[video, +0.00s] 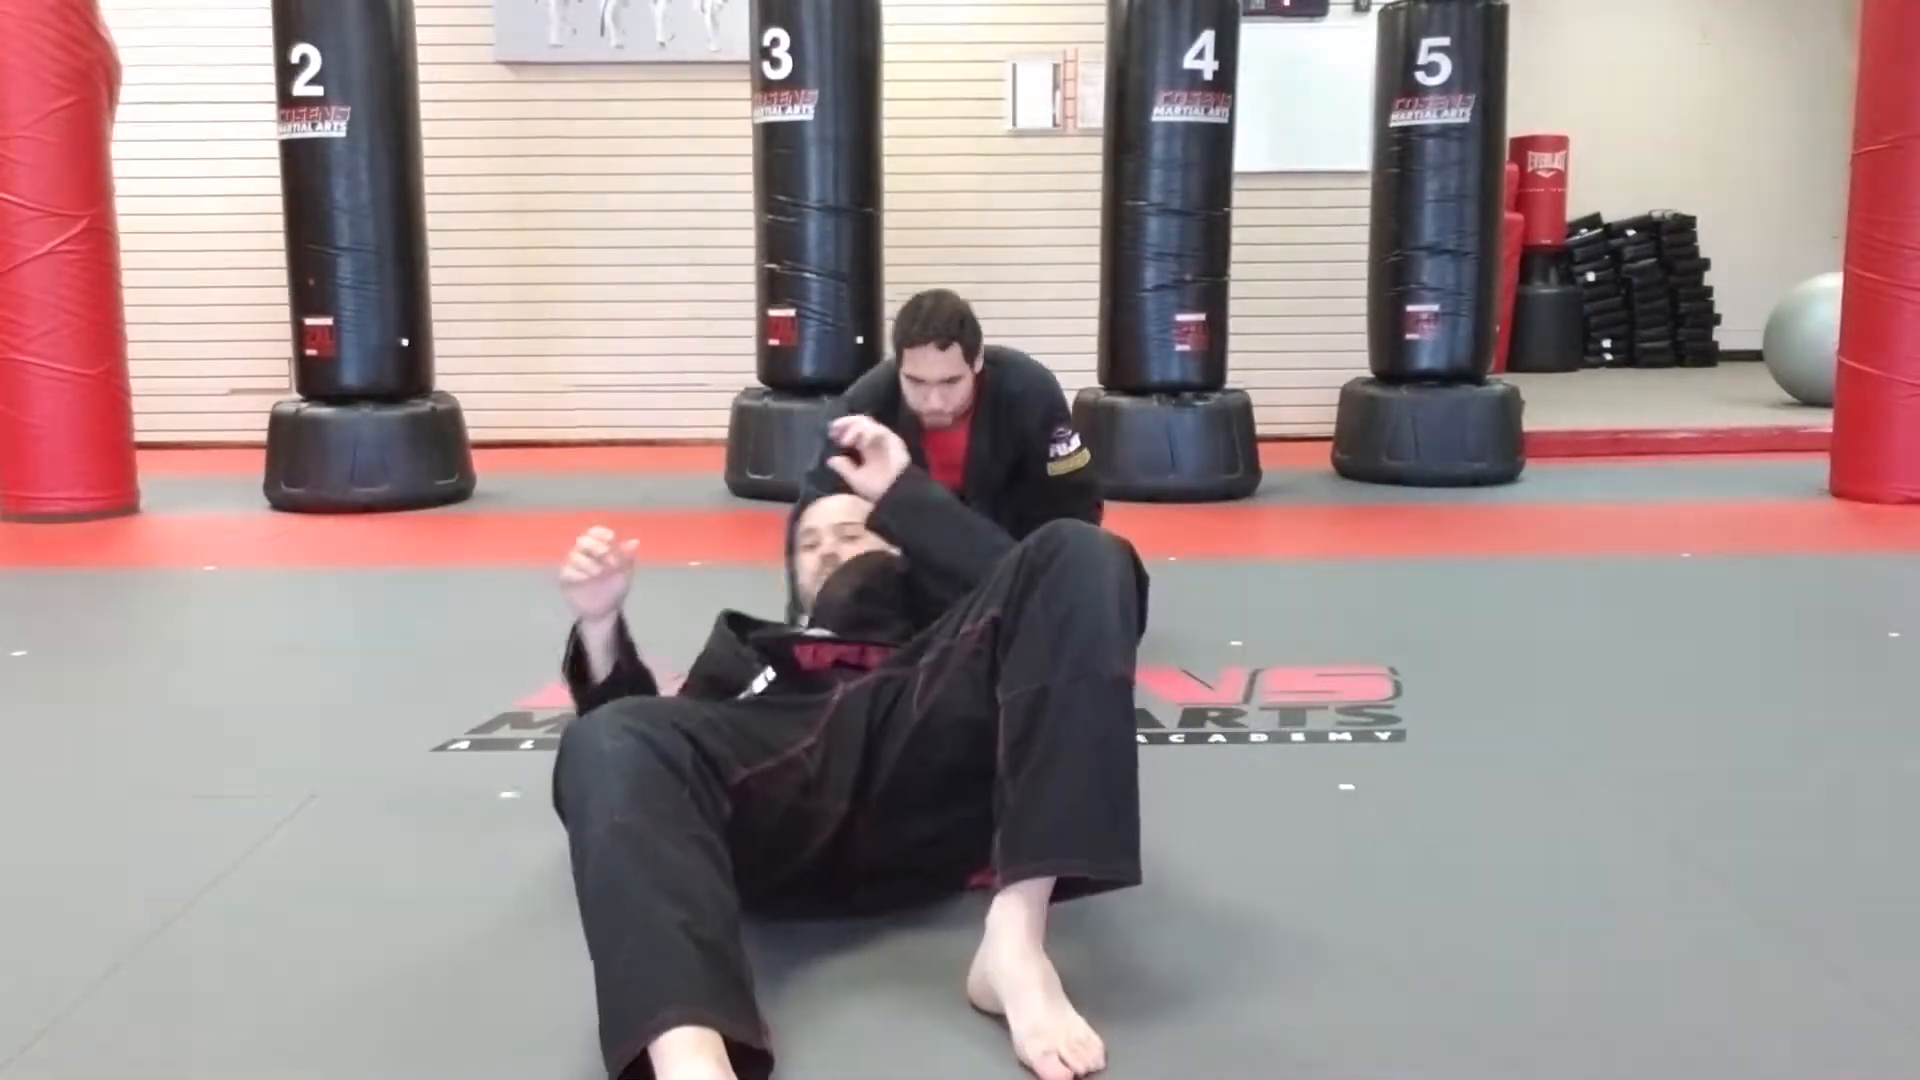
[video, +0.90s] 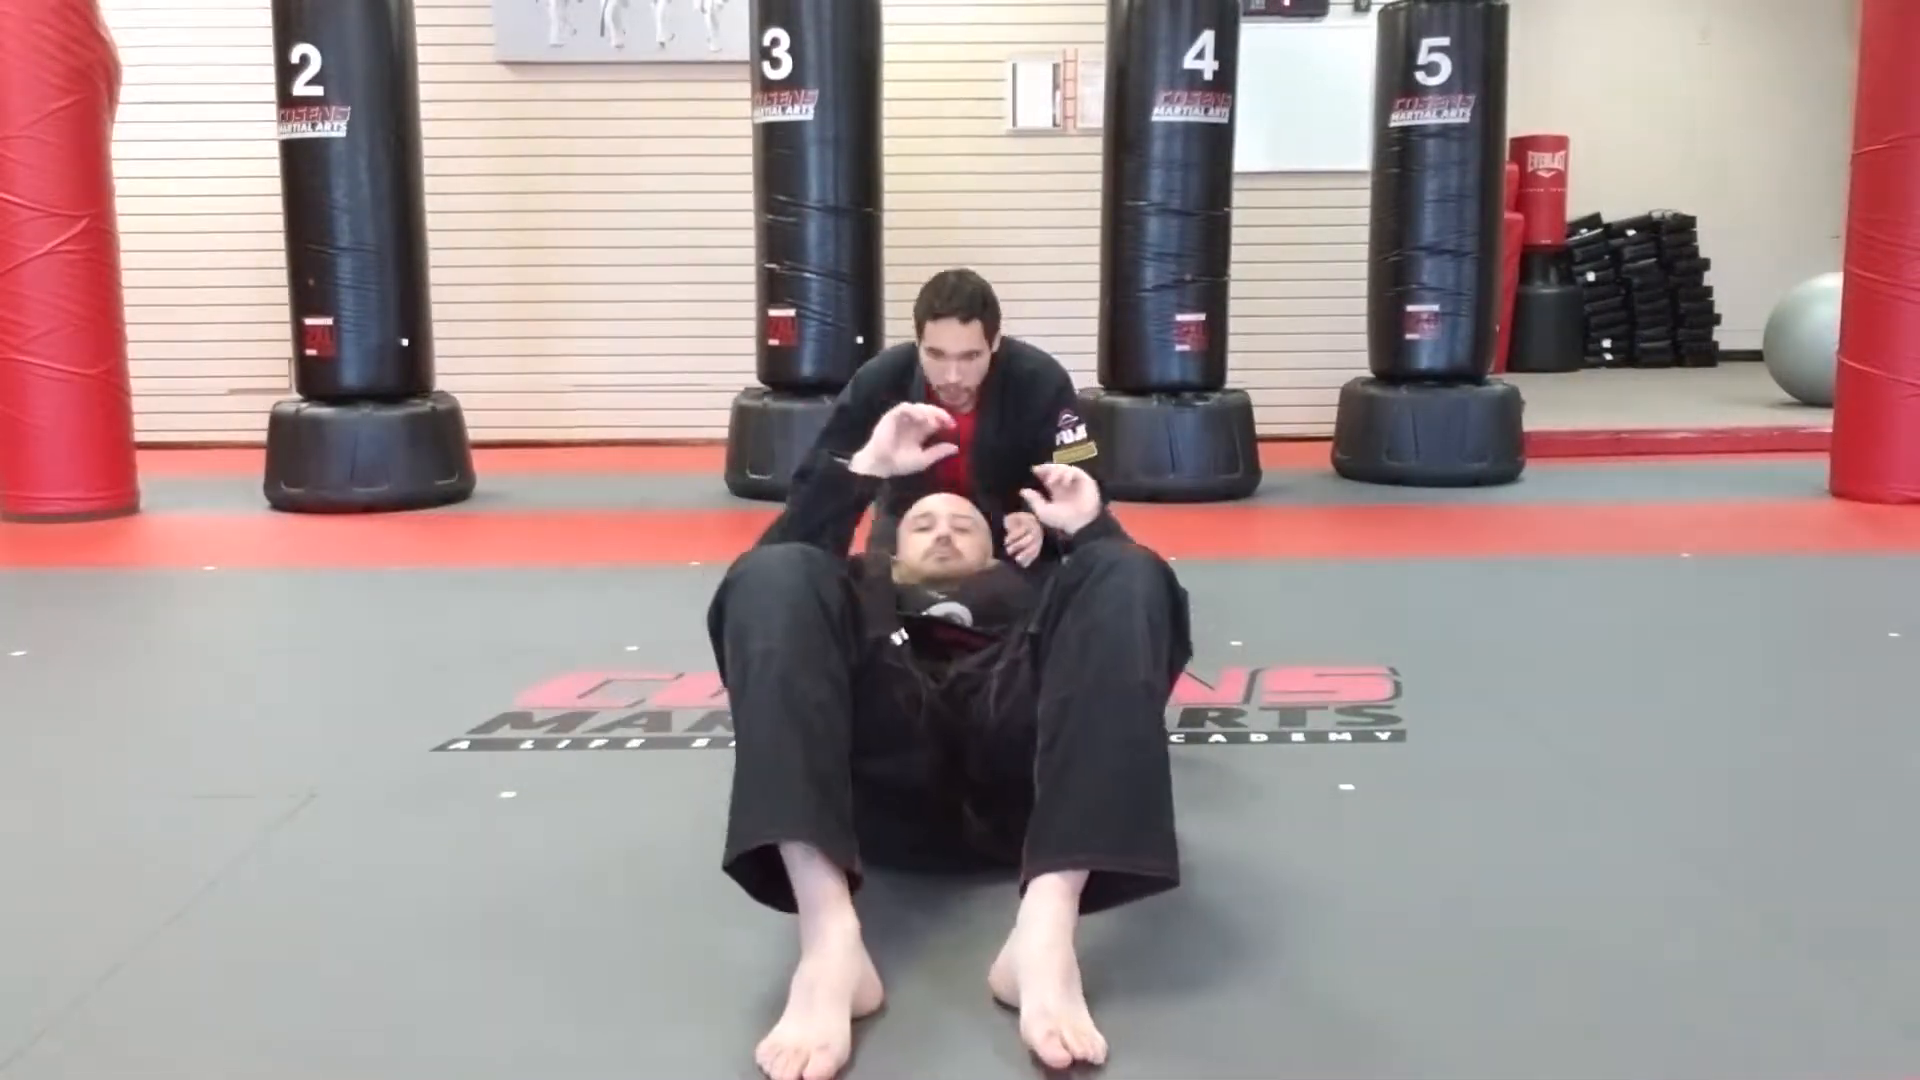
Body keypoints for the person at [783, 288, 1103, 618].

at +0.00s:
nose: (933, 402)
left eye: (950, 384)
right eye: (917, 383)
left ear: (977, 364)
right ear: (898, 366)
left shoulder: (1030, 394)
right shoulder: (864, 408)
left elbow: (1074, 509)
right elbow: (820, 516)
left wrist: (1042, 594)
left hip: (1002, 576)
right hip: (895, 579)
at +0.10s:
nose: (949, 364)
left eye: (964, 344)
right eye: (932, 345)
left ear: (989, 335)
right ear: (914, 338)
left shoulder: (1037, 378)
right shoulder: (879, 391)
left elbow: (1081, 490)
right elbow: (843, 491)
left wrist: (1044, 570)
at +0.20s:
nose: (957, 332)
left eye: (973, 312)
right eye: (942, 313)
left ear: (996, 304)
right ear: (924, 308)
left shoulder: (1043, 367)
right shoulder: (886, 374)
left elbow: (1082, 475)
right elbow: (857, 487)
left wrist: (1058, 561)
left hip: (1007, 557)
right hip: (908, 557)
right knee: (833, 575)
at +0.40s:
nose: (963, 288)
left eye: (979, 269)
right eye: (949, 270)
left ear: (1002, 270)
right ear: (933, 272)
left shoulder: (1049, 339)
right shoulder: (891, 343)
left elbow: (1074, 445)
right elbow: (860, 450)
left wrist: (1055, 523)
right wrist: (876, 519)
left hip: (1016, 530)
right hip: (917, 531)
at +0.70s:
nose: (962, 324)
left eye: (978, 305)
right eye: (948, 305)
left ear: (1003, 298)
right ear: (931, 299)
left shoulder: (1048, 356)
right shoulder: (887, 357)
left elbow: (1077, 457)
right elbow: (854, 455)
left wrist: (1027, 533)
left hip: (1012, 533)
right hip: (913, 530)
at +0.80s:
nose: (958, 352)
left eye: (975, 333)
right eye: (943, 332)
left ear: (999, 323)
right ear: (926, 324)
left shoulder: (1045, 371)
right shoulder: (884, 371)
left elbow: (1082, 471)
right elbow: (847, 465)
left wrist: (1041, 524)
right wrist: (845, 513)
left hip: (1010, 518)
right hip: (913, 513)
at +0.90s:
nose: (952, 377)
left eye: (968, 357)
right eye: (936, 356)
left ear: (993, 343)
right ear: (917, 340)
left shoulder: (1038, 382)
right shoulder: (879, 382)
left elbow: (1081, 498)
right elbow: (820, 484)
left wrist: (1042, 525)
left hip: (1008, 539)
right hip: (904, 534)